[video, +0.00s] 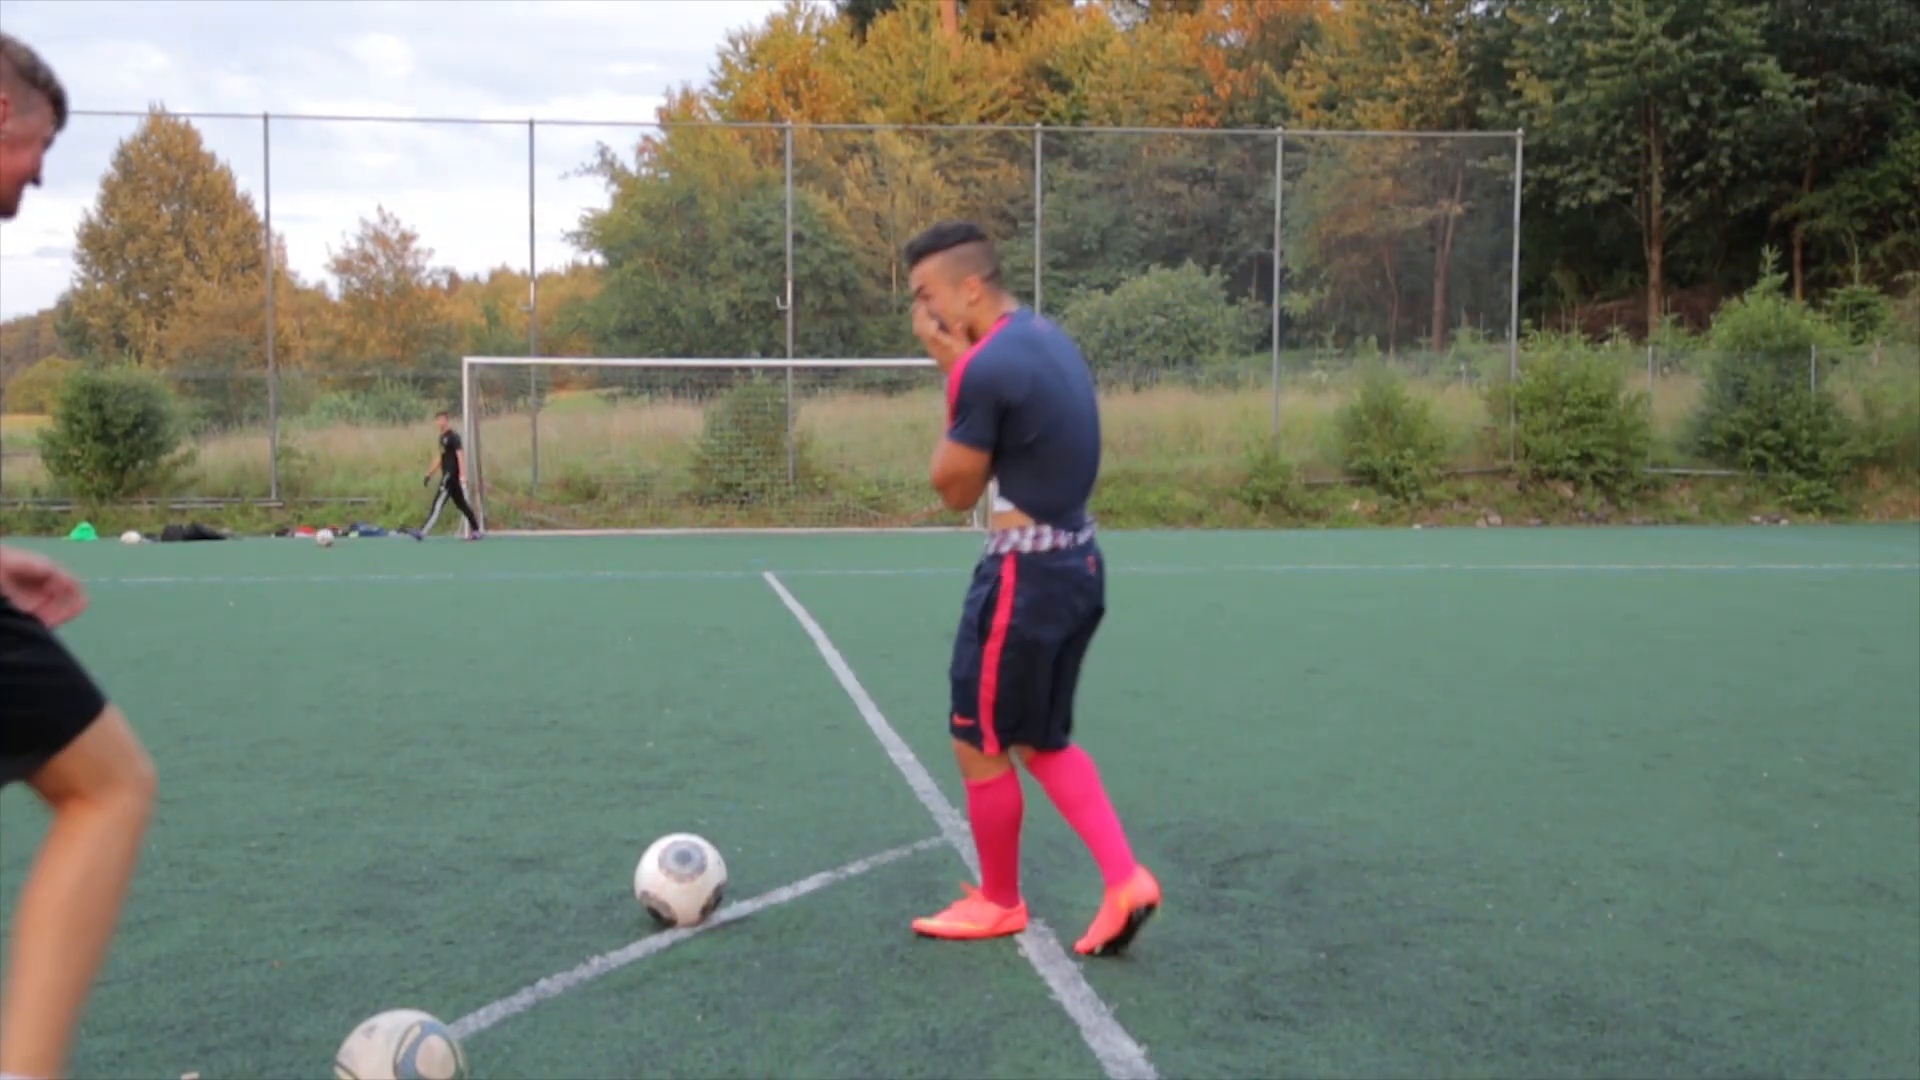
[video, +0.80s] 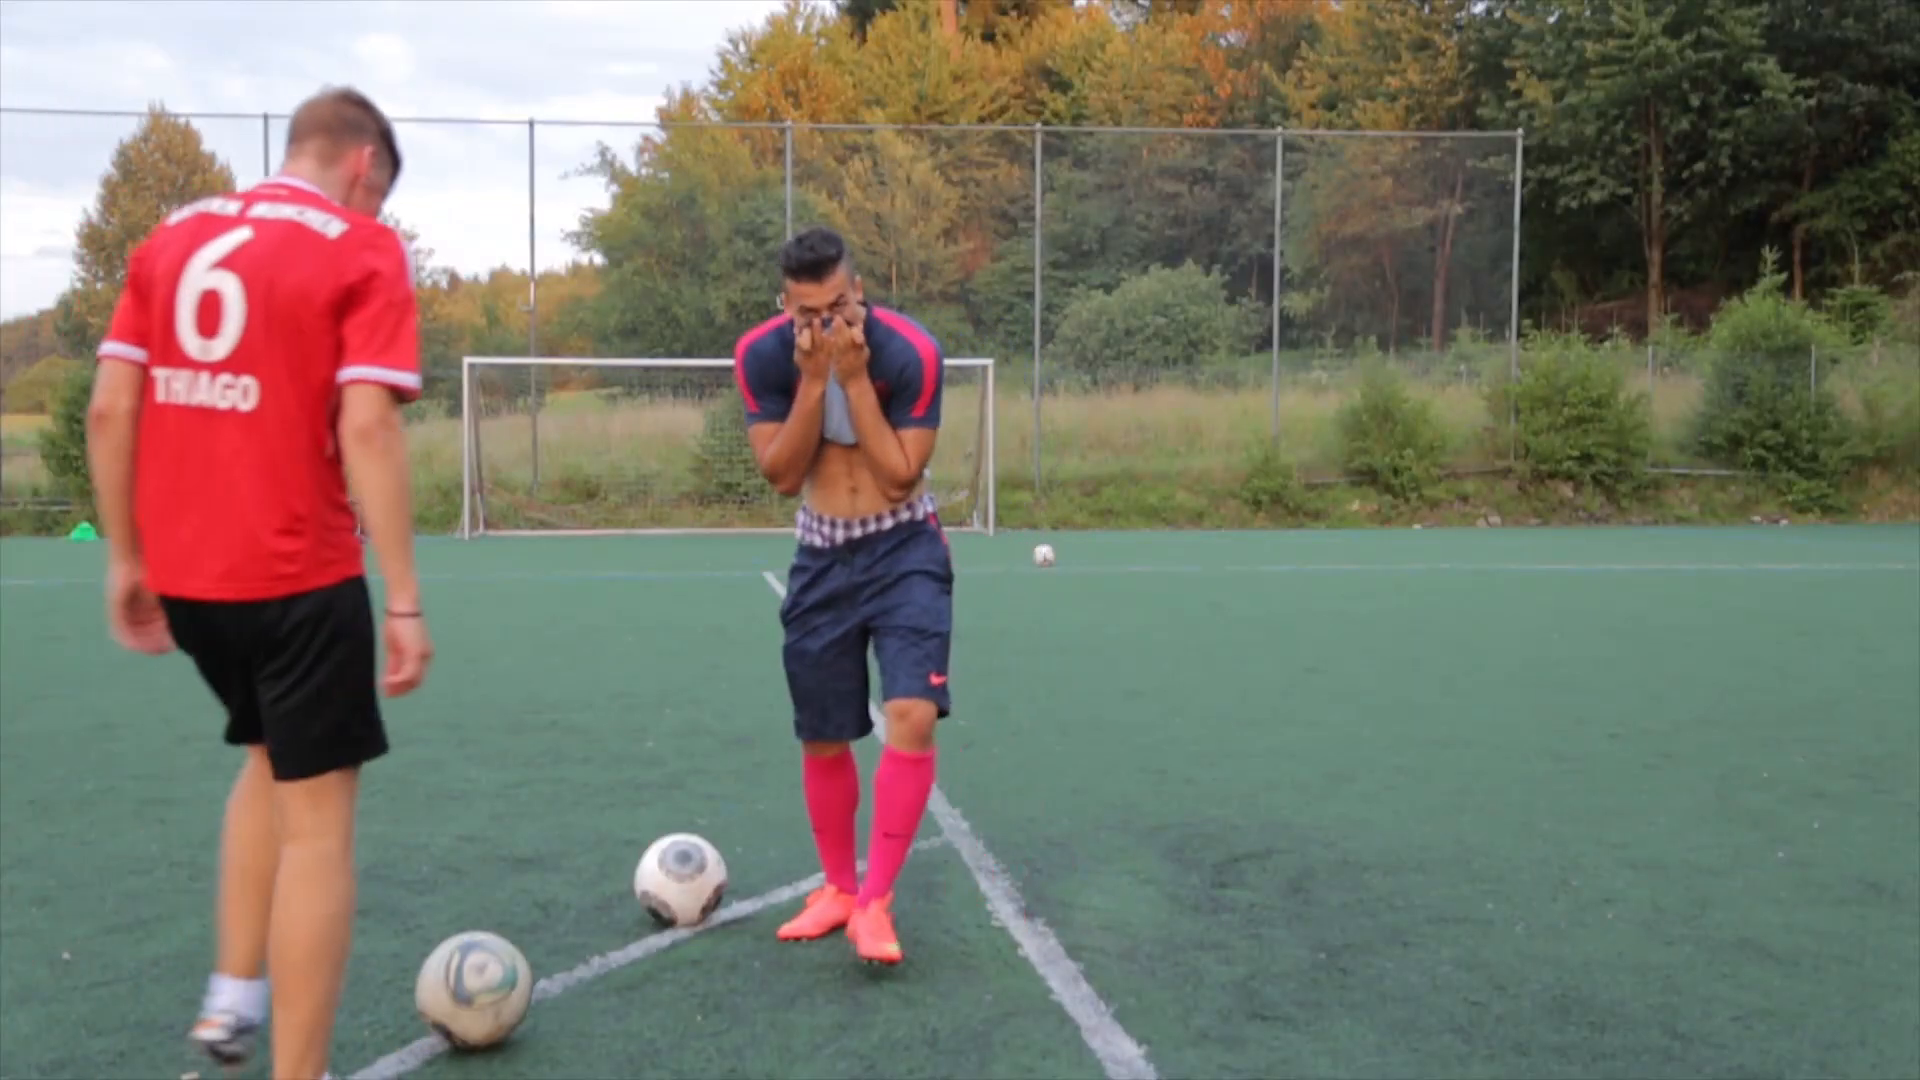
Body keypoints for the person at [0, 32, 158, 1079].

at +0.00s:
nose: (21, 196)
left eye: (28, 178)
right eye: (19, 174)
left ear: (29, 152)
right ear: (0, 136)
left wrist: (0, 559)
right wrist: (9, 563)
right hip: (8, 601)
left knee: (100, 783)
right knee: (110, 786)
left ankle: (30, 1058)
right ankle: (27, 1063)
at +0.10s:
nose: (53, 179)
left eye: (60, 151)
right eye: (55, 147)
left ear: (11, 120)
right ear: (14, 115)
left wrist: (22, 541)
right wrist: (25, 549)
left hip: (12, 571)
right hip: (7, 574)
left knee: (162, 778)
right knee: (173, 779)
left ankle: (162, 1064)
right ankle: (162, 1069)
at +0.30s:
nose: (133, 182)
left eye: (139, 158)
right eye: (134, 155)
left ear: (49, 124)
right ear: (95, 125)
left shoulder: (7, 208)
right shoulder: (52, 224)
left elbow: (13, 418)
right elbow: (18, 415)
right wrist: (41, 627)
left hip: (8, 606)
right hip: (63, 603)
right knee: (226, 816)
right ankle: (313, 1069)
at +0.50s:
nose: (255, 193)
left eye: (261, 170)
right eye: (257, 166)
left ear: (162, 134)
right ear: (225, 138)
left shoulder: (58, 234)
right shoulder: (188, 238)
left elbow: (17, 428)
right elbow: (157, 435)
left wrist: (50, 581)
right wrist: (196, 628)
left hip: (53, 611)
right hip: (159, 606)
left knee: (63, 853)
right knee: (248, 851)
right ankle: (297, 1072)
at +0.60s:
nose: (312, 202)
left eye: (320, 184)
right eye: (319, 179)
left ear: (223, 139)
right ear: (294, 148)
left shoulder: (111, 236)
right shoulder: (265, 244)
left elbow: (40, 417)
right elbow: (236, 430)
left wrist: (7, 565)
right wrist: (272, 617)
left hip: (103, 595)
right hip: (208, 595)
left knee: (172, 822)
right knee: (283, 830)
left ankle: (15, 1042)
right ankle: (300, 1071)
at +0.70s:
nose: (355, 210)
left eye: (360, 194)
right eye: (359, 191)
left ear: (267, 148)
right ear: (339, 159)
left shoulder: (148, 233)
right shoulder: (321, 249)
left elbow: (77, 402)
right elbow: (308, 425)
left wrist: (52, 561)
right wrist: (342, 610)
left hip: (147, 579)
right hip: (259, 584)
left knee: (231, 776)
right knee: (302, 819)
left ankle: (124, 1012)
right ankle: (299, 1070)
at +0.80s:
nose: (379, 199)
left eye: (382, 186)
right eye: (384, 186)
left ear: (290, 152)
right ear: (364, 162)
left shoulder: (175, 235)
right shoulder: (365, 250)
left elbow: (111, 405)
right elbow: (367, 420)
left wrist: (124, 554)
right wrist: (402, 597)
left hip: (183, 573)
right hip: (296, 575)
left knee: (268, 750)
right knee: (315, 826)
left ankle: (233, 998)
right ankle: (299, 1068)